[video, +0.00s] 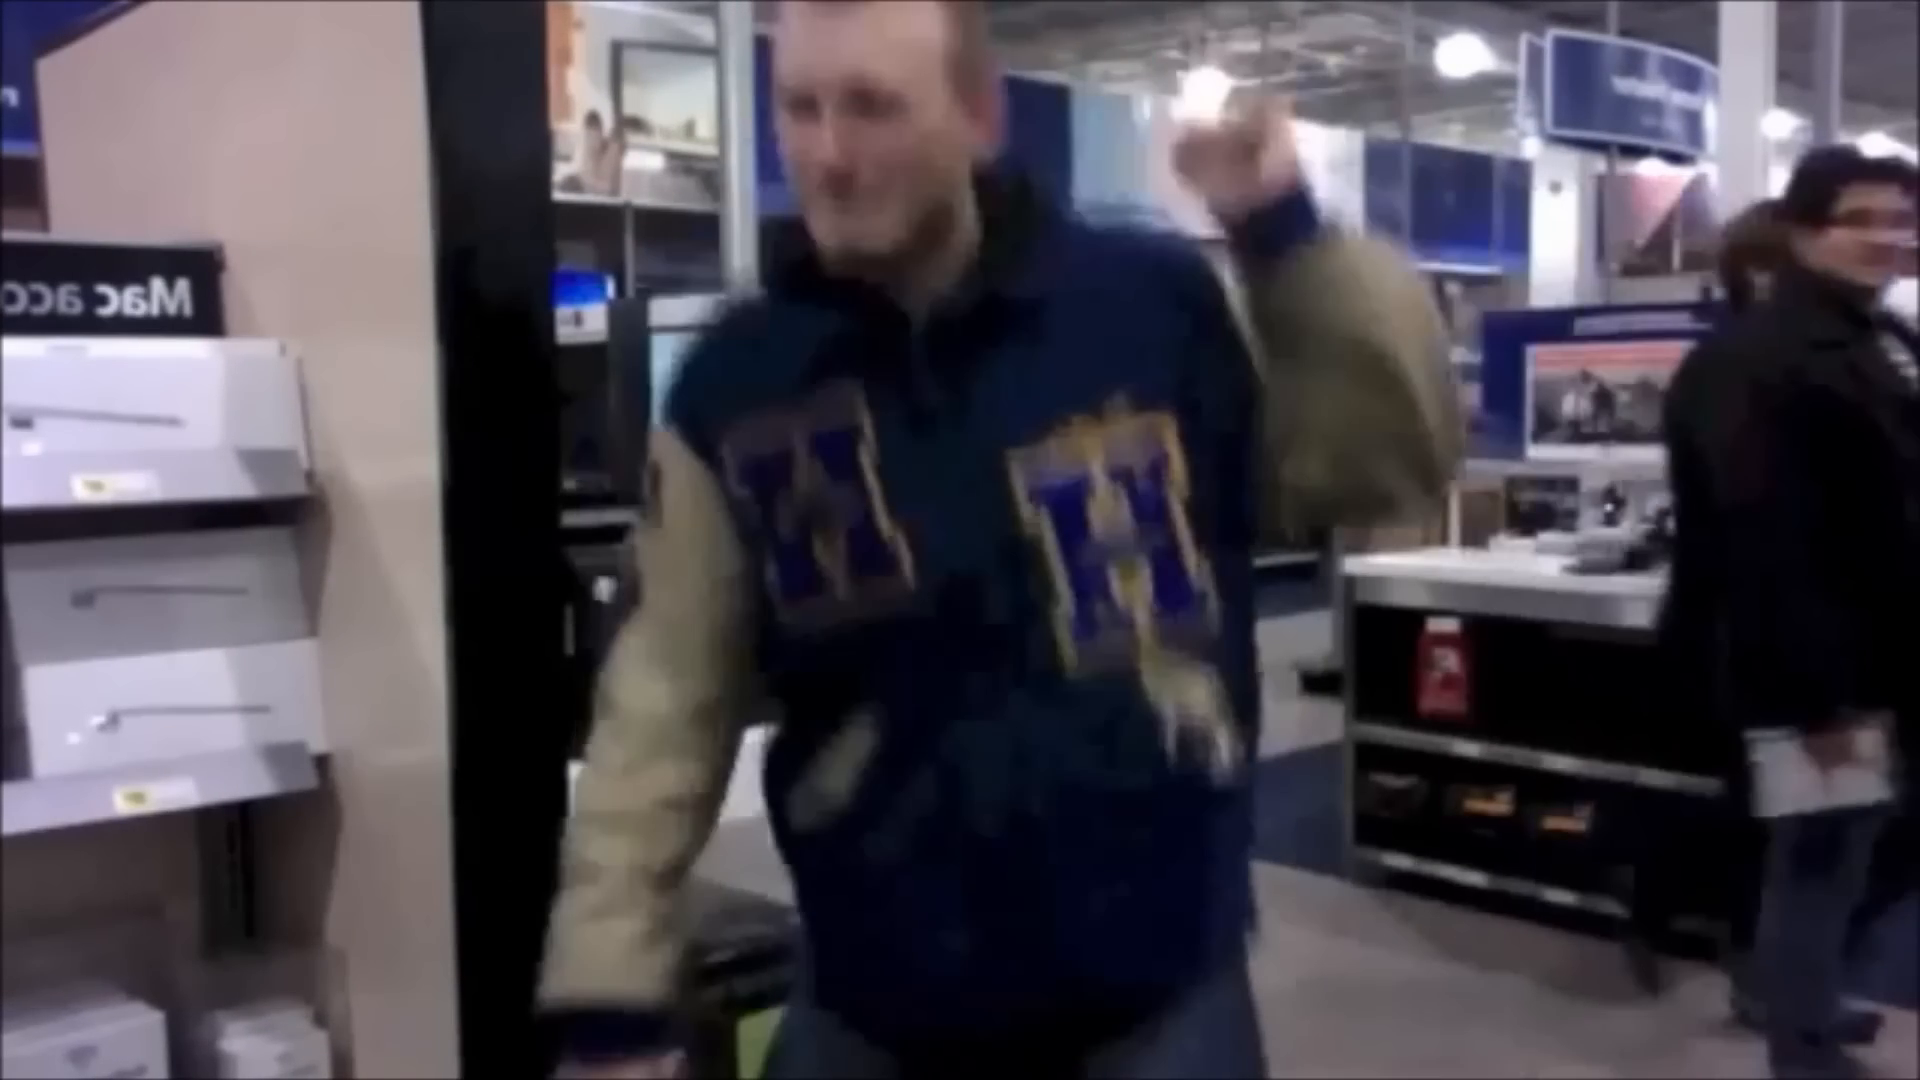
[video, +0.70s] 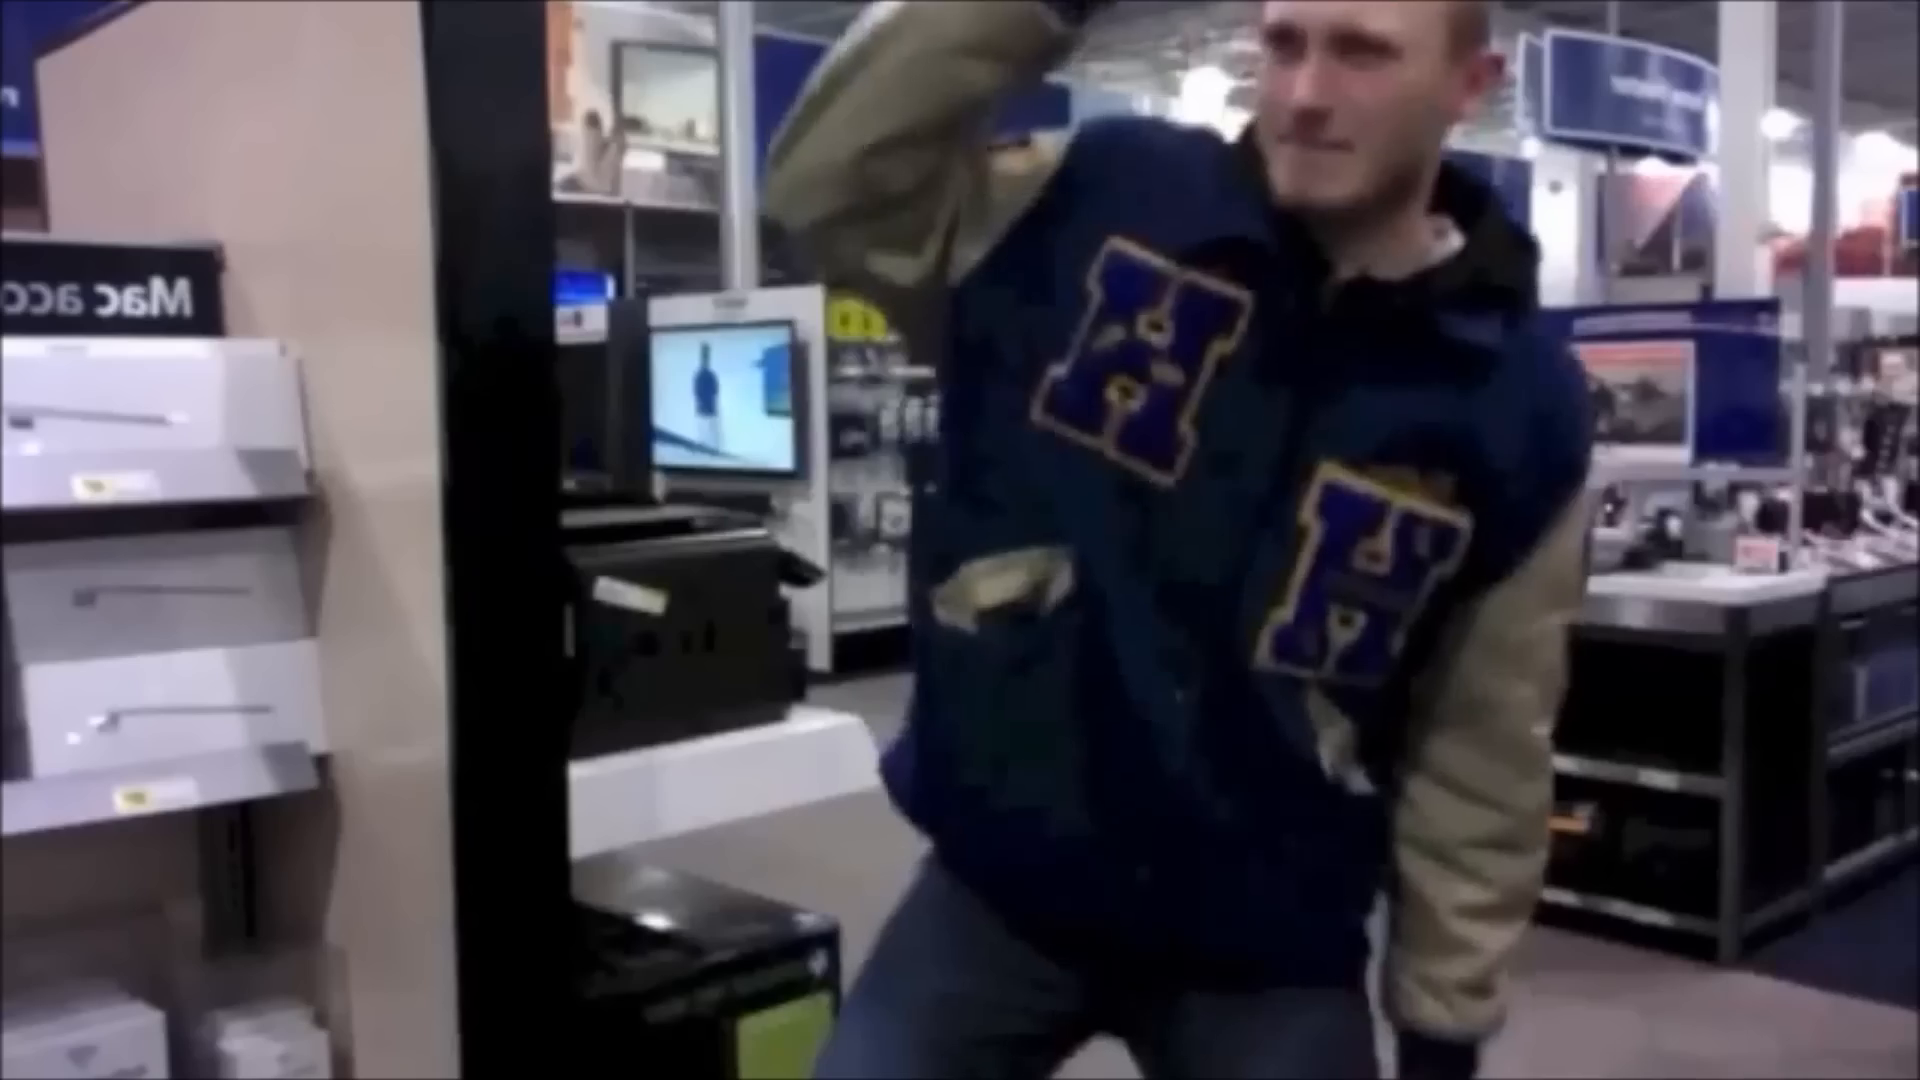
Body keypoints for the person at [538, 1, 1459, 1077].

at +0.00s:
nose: (827, 150)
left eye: (869, 107)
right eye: (801, 109)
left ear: (979, 115)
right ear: (774, 120)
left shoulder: (1153, 305)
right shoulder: (740, 384)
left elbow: (1393, 470)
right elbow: (664, 711)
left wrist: (1284, 234)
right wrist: (608, 1000)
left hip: (1151, 987)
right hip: (880, 994)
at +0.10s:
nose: (899, 199)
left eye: (946, 162)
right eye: (873, 160)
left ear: (1048, 182)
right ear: (840, 180)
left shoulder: (1201, 376)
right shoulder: (785, 428)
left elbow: (1460, 514)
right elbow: (635, 688)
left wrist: (1333, 301)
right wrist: (521, 922)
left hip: (1169, 1031)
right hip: (893, 1038)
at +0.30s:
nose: (1236, 44)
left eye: (1293, 9)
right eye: (1217, 5)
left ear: (1398, 31)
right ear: (1180, 18)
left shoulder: (1437, 352)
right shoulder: (1006, 186)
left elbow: (1459, 708)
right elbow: (747, 172)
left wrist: (1468, 1011)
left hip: (1244, 924)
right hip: (979, 883)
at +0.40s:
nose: (1236, 47)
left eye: (1291, 9)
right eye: (1216, 6)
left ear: (1398, 30)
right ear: (1179, 18)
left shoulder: (1437, 350)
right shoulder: (1006, 186)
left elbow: (1459, 708)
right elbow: (748, 171)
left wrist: (1468, 1012)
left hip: (1244, 924)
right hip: (980, 884)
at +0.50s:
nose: (1310, 90)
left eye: (1367, 51)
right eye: (1289, 45)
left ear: (1469, 84)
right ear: (1257, 55)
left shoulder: (1515, 393)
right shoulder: (1104, 203)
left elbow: (1492, 741)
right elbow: (828, 198)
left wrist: (1445, 1033)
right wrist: (1030, 11)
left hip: (1268, 931)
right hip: (1010, 880)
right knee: (865, 1066)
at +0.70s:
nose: (1305, 92)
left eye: (1363, 53)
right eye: (1285, 46)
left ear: (1467, 84)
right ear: (1254, 53)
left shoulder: (1514, 394)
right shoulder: (1103, 200)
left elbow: (1485, 749)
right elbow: (826, 194)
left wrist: (1441, 1036)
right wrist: (1045, 10)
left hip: (1265, 936)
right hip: (1008, 883)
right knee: (863, 1065)